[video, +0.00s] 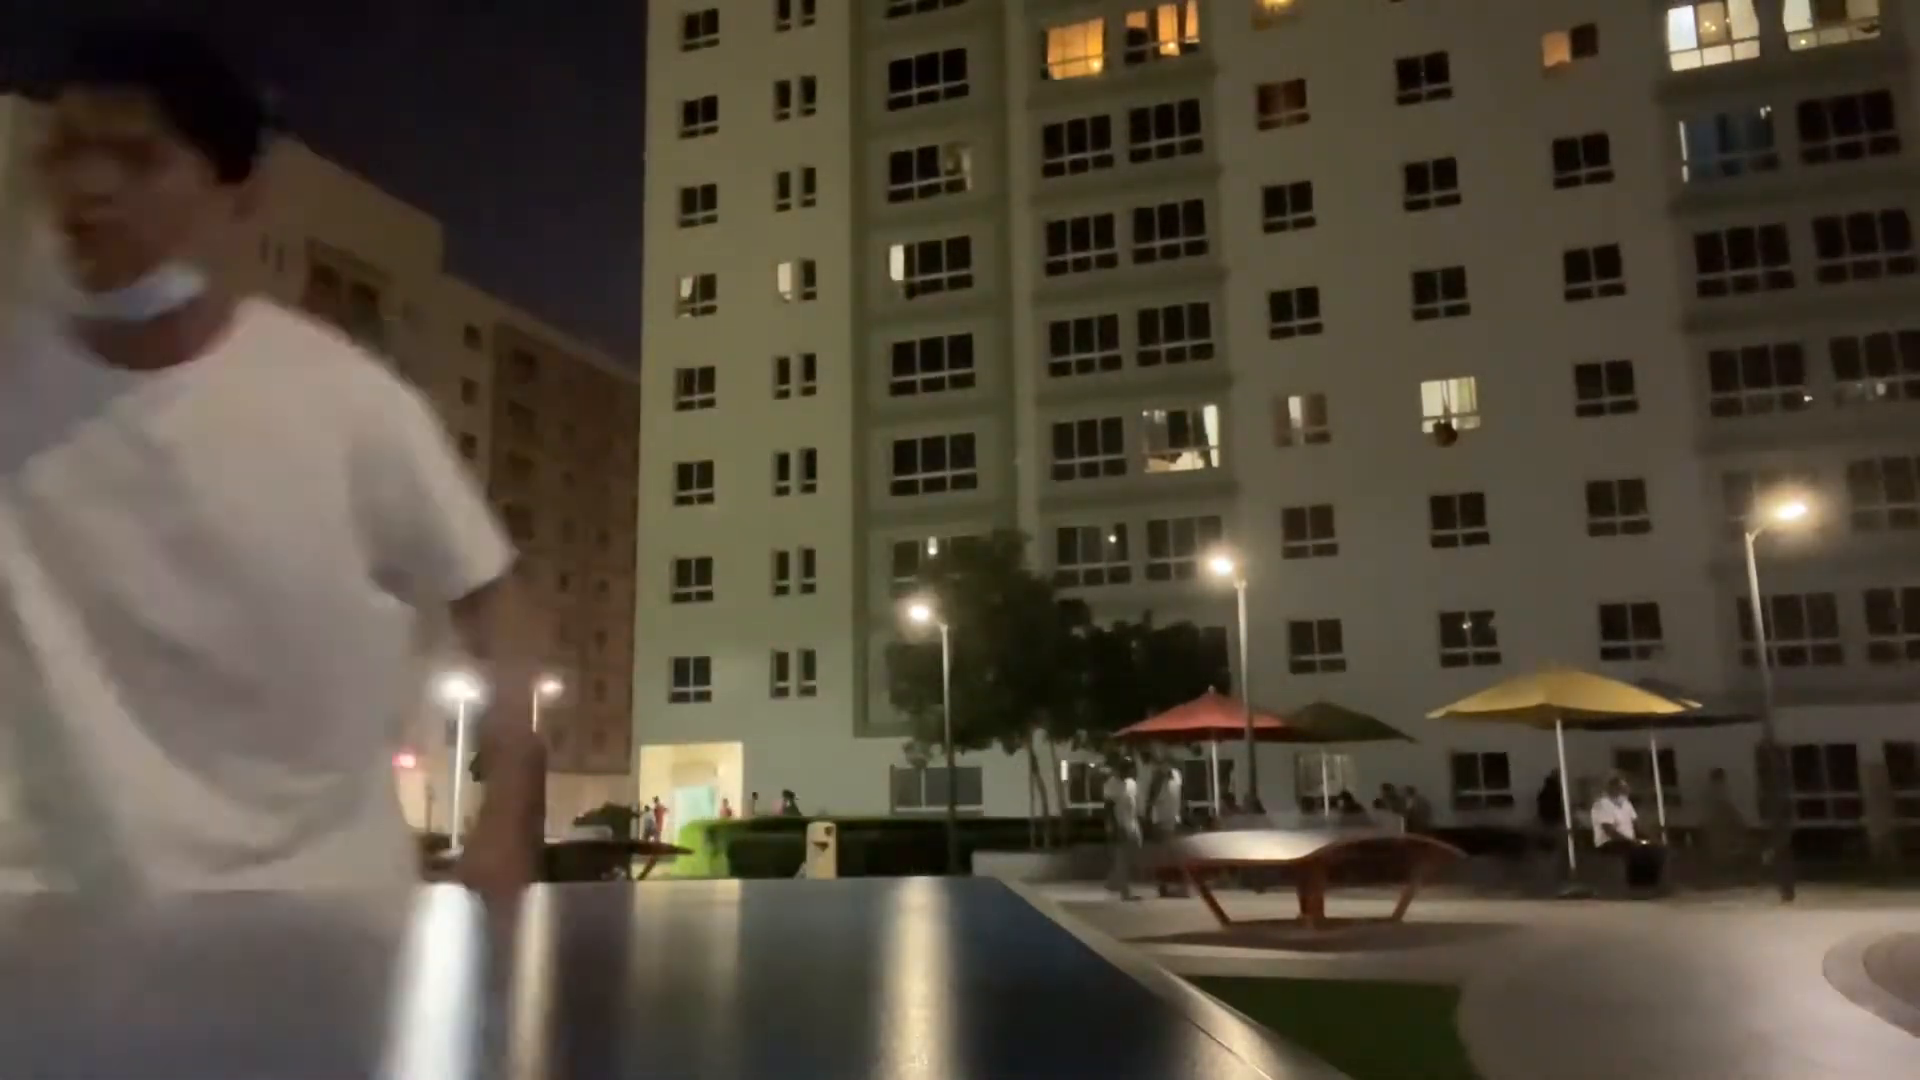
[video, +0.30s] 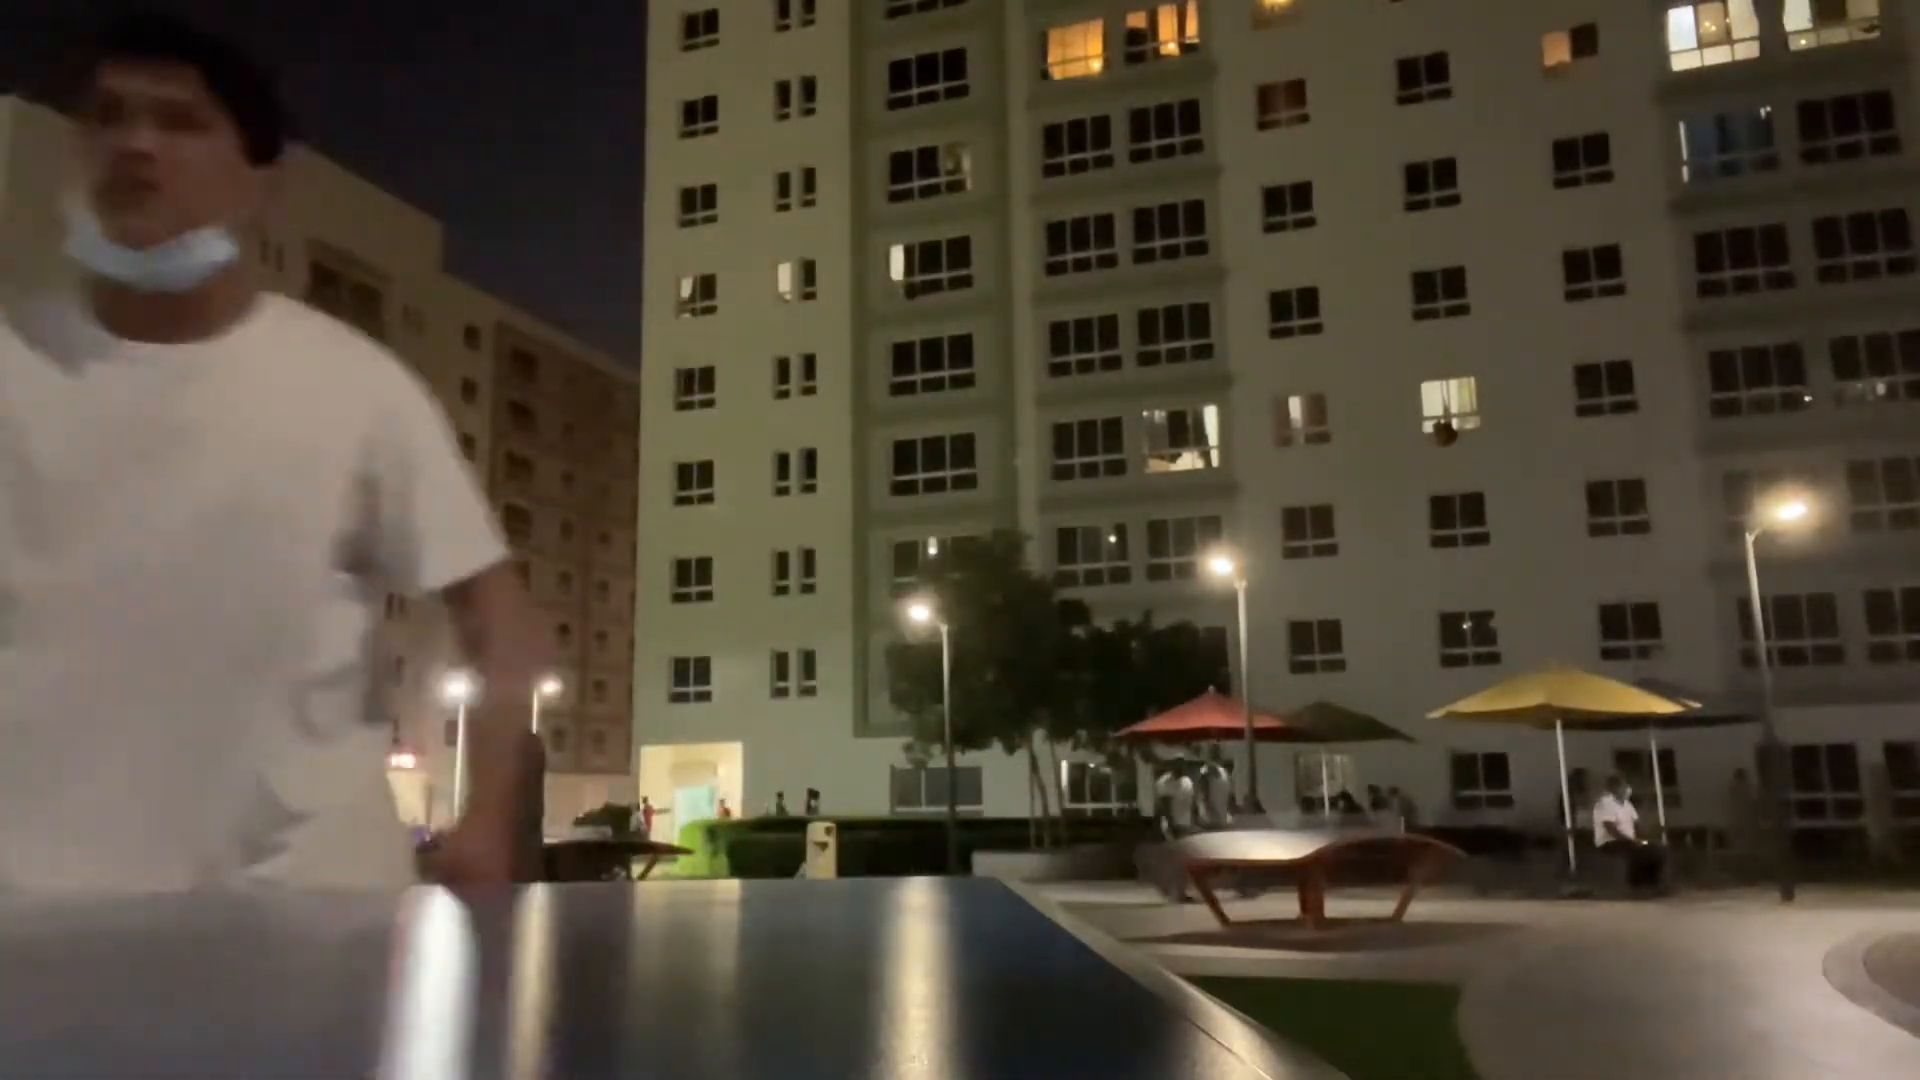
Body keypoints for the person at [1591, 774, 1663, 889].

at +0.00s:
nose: (1625, 789)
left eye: (1625, 785)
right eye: (1622, 786)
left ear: (1626, 788)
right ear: (1613, 787)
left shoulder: (1624, 801)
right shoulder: (1602, 804)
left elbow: (1634, 822)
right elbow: (1608, 829)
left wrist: (1646, 836)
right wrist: (1632, 841)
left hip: (1628, 840)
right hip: (1609, 842)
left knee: (1655, 850)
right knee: (1638, 853)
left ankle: (1651, 887)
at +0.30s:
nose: (1626, 790)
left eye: (1626, 787)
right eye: (1623, 787)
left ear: (1627, 789)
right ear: (1614, 788)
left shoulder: (1625, 803)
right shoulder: (1605, 803)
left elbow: (1636, 822)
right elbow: (1610, 827)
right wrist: (1633, 841)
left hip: (1628, 840)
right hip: (1609, 842)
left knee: (1655, 850)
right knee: (1637, 853)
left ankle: (1653, 885)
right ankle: (1636, 887)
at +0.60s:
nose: (1629, 790)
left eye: (1629, 786)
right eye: (1626, 786)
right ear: (1618, 787)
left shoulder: (1626, 803)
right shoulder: (1609, 801)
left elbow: (1636, 823)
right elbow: (1613, 824)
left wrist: (1644, 838)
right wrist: (1633, 841)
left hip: (1627, 840)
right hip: (1610, 841)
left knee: (1654, 851)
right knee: (1640, 853)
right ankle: (1637, 887)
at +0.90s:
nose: (1630, 790)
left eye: (1630, 786)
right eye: (1626, 786)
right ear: (1618, 787)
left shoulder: (1626, 804)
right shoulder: (1608, 800)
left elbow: (1636, 822)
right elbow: (1612, 822)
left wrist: (1645, 836)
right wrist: (1632, 841)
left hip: (1627, 841)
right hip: (1610, 842)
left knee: (1652, 852)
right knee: (1641, 855)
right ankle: (1638, 888)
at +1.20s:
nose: (1628, 793)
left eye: (1629, 789)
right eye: (1624, 789)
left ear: (1630, 790)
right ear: (1616, 789)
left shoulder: (1626, 803)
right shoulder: (1608, 801)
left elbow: (1637, 821)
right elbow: (1610, 824)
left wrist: (1649, 835)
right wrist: (1629, 841)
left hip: (1628, 840)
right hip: (1609, 842)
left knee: (1654, 851)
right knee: (1637, 853)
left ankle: (1652, 885)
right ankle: (1638, 887)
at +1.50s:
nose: (1626, 791)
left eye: (1627, 787)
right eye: (1622, 787)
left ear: (1629, 790)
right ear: (1614, 789)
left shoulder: (1626, 803)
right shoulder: (1607, 802)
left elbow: (1637, 821)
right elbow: (1610, 824)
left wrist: (1650, 835)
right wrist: (1631, 841)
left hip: (1629, 840)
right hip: (1609, 842)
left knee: (1653, 851)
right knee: (1637, 853)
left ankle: (1653, 885)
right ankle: (1637, 887)